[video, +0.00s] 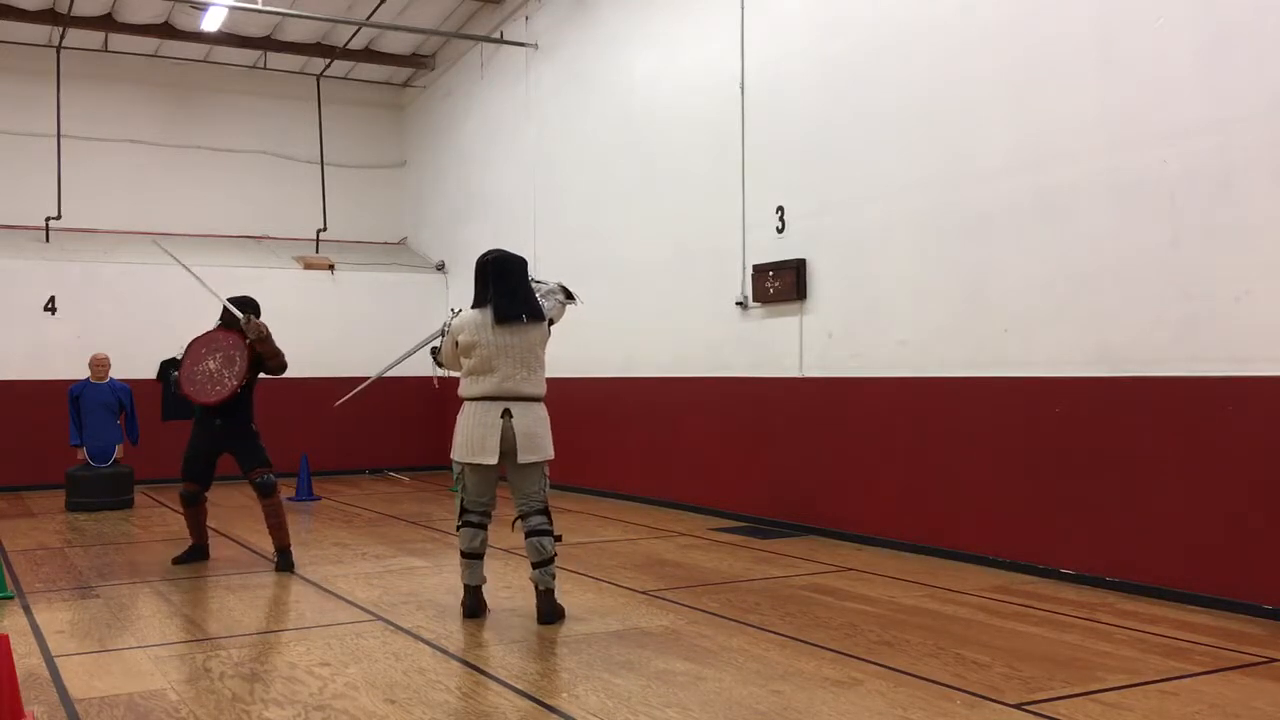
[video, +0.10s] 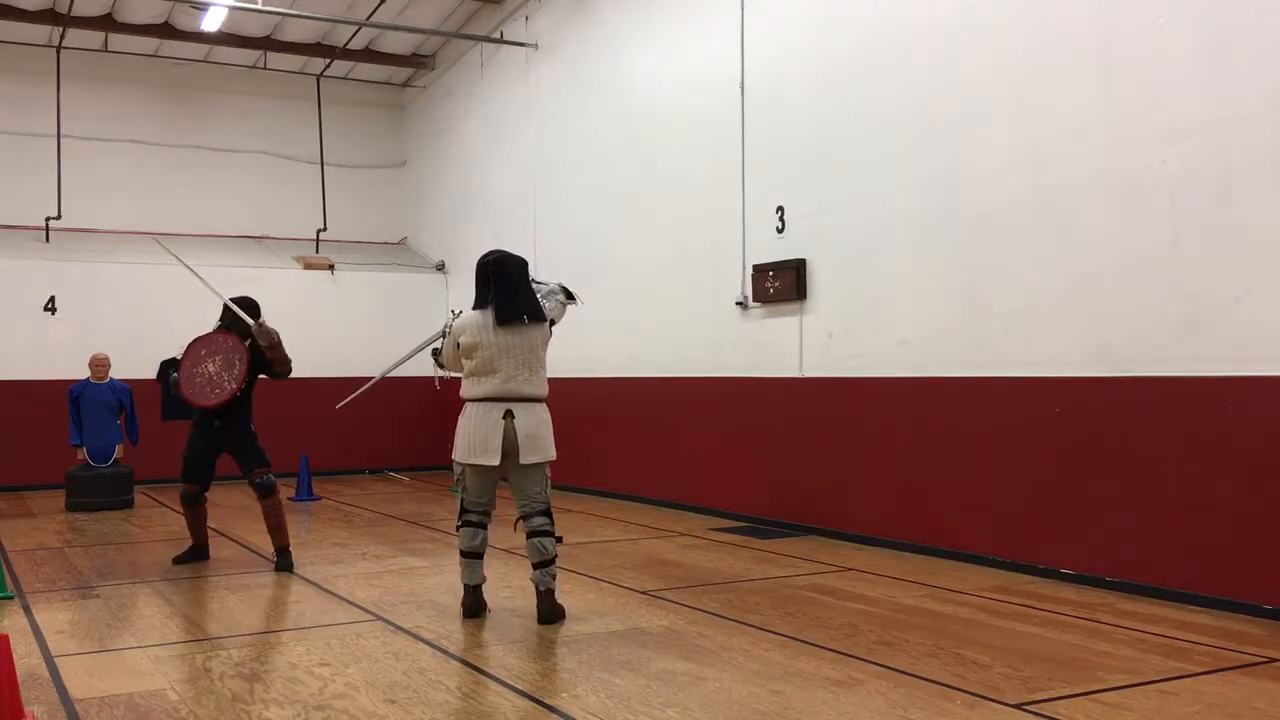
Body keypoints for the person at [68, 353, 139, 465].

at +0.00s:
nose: (100, 369)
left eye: (103, 366)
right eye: (96, 366)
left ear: (109, 367)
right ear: (89, 367)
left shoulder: (121, 389)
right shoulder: (77, 390)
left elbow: (130, 415)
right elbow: (74, 420)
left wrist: (133, 438)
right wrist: (78, 445)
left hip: (113, 444)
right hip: (88, 444)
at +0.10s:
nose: (100, 369)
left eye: (103, 366)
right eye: (96, 366)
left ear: (109, 367)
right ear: (89, 367)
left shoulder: (121, 389)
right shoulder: (77, 390)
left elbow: (130, 416)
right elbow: (74, 420)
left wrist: (133, 438)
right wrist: (78, 445)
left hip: (114, 445)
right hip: (88, 444)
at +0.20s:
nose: (100, 369)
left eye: (103, 366)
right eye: (96, 366)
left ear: (109, 367)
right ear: (90, 367)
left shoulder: (121, 389)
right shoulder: (77, 390)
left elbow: (130, 415)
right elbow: (74, 419)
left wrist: (133, 437)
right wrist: (78, 445)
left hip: (113, 444)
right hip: (87, 444)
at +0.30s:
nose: (100, 369)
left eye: (103, 366)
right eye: (96, 366)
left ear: (109, 367)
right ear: (89, 367)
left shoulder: (121, 389)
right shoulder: (77, 390)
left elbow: (130, 415)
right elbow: (74, 420)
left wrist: (133, 437)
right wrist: (78, 445)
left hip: (113, 445)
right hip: (87, 445)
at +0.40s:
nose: (100, 369)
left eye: (103, 366)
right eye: (96, 366)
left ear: (109, 367)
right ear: (89, 367)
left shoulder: (121, 389)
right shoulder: (77, 390)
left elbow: (130, 415)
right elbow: (74, 420)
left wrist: (133, 437)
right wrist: (78, 445)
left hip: (113, 445)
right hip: (87, 445)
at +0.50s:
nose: (100, 369)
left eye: (103, 366)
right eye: (96, 366)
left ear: (109, 367)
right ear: (89, 367)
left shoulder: (121, 389)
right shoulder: (77, 390)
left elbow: (130, 415)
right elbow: (74, 420)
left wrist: (133, 437)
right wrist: (78, 445)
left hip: (113, 445)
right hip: (87, 445)